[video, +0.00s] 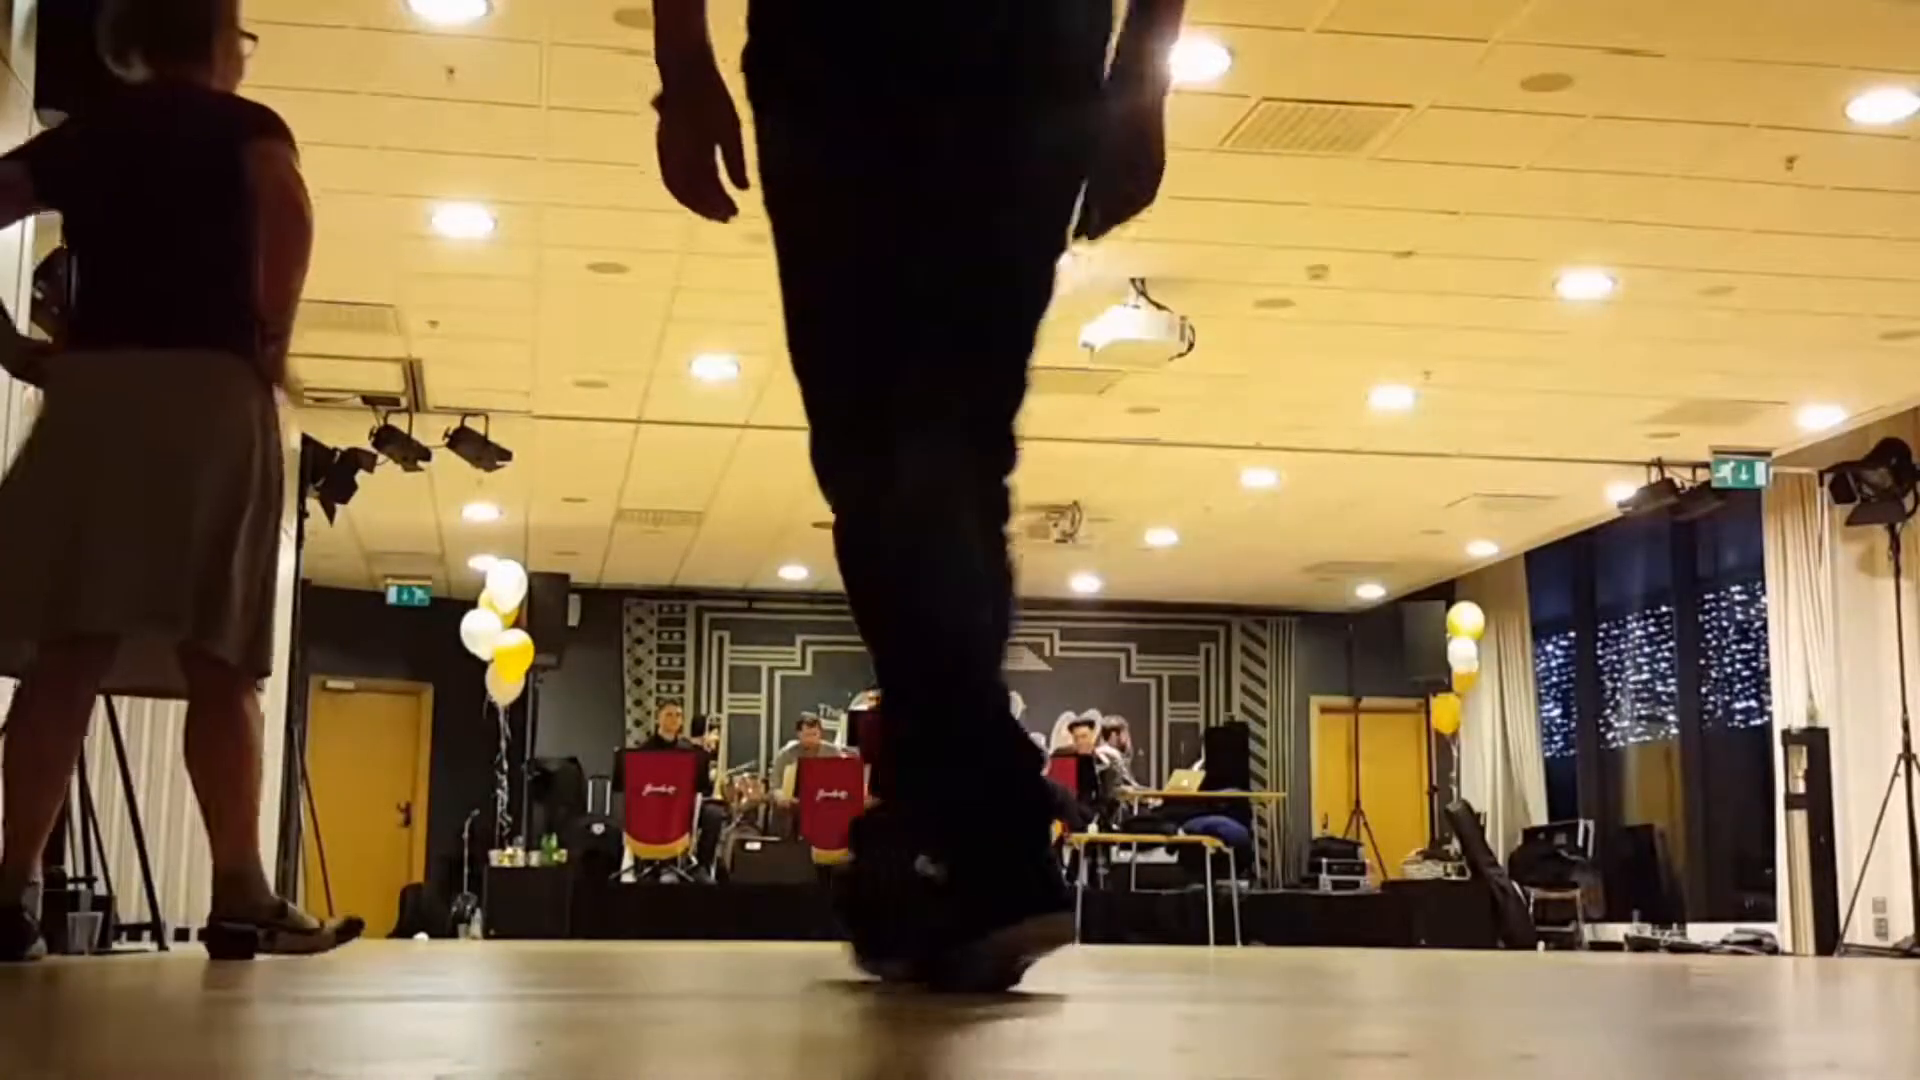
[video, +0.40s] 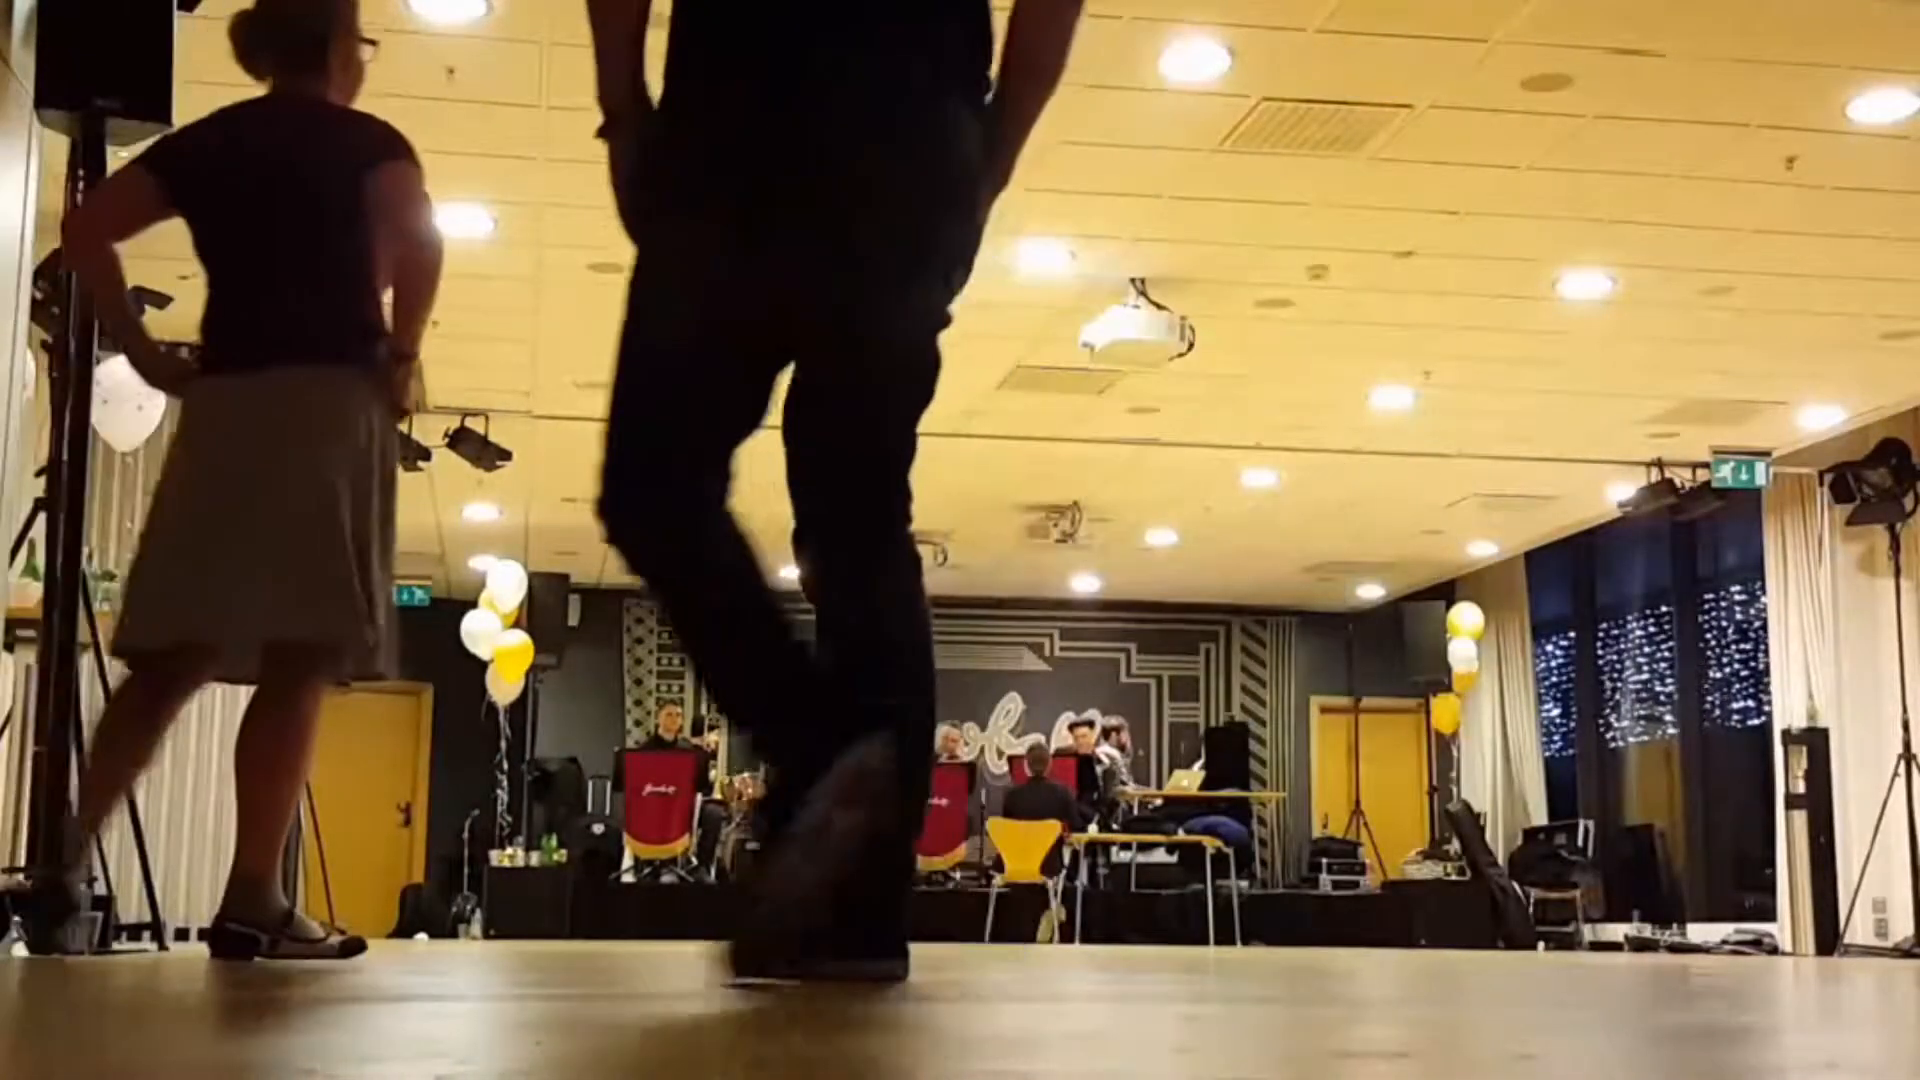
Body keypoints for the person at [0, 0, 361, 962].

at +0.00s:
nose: (246, 56)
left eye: (242, 40)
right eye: (241, 39)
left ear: (137, 47)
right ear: (221, 41)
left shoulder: (83, 133)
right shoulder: (252, 123)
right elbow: (288, 218)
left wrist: (13, 347)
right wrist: (274, 339)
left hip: (90, 395)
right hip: (216, 399)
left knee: (62, 662)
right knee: (221, 669)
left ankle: (10, 895)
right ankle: (241, 900)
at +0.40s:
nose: (365, 62)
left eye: (362, 45)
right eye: (359, 45)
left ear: (265, 55)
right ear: (334, 49)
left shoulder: (209, 141)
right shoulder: (374, 144)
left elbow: (87, 230)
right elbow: (420, 246)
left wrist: (139, 349)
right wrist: (406, 346)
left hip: (222, 414)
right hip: (332, 413)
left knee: (174, 660)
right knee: (300, 666)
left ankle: (64, 856)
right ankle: (252, 905)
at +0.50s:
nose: (390, 58)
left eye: (387, 40)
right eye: (381, 41)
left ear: (292, 50)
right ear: (353, 48)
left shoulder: (231, 142)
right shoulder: (390, 145)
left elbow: (108, 236)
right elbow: (420, 250)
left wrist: (172, 356)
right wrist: (407, 353)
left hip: (239, 414)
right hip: (343, 413)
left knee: (216, 669)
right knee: (304, 667)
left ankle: (150, 899)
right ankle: (255, 906)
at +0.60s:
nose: (412, 64)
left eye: (408, 47)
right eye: (405, 48)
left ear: (313, 58)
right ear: (383, 58)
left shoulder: (258, 146)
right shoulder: (397, 150)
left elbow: (142, 240)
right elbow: (415, 257)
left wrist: (196, 365)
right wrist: (407, 363)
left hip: (263, 412)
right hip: (348, 414)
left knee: (272, 666)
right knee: (312, 663)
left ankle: (256, 900)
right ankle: (254, 903)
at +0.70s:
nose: (430, 57)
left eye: (424, 41)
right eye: (419, 42)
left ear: (336, 57)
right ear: (390, 54)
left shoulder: (286, 143)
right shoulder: (398, 142)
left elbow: (173, 240)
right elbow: (389, 254)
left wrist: (220, 355)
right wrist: (404, 366)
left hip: (280, 407)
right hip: (352, 410)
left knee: (336, 666)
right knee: (319, 665)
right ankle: (255, 903)